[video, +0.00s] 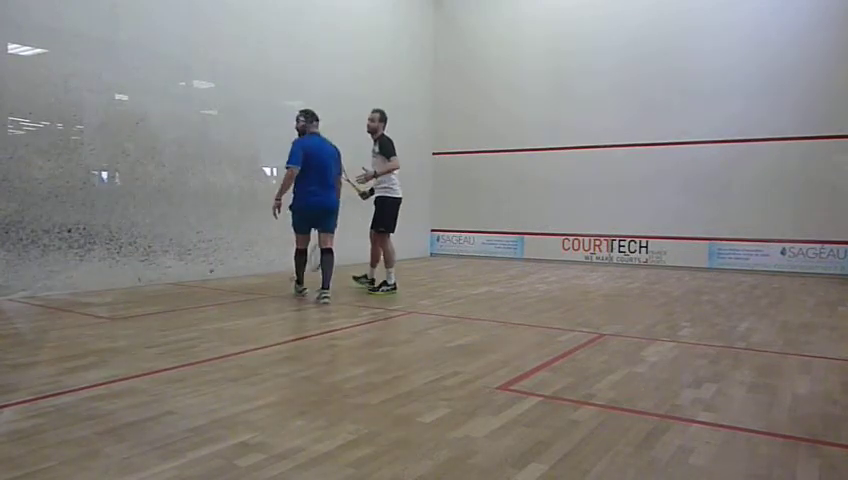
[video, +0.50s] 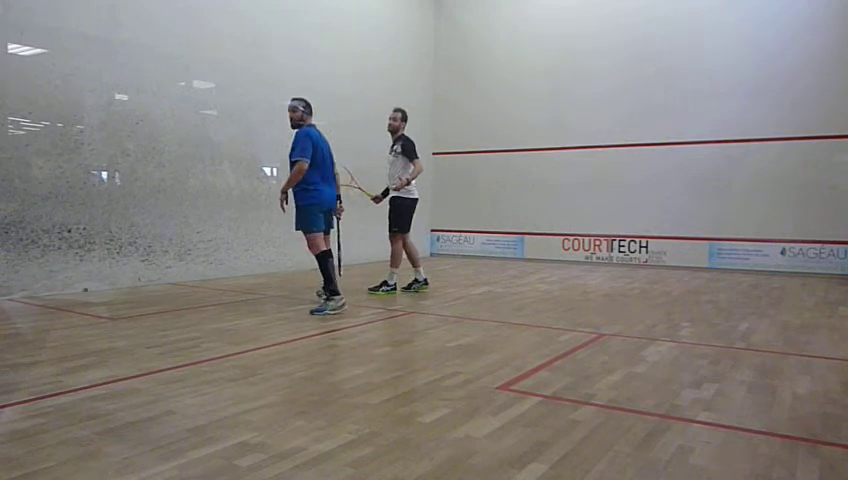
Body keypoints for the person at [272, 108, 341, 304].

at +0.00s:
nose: (296, 126)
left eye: (299, 122)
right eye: (296, 122)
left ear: (309, 123)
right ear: (316, 124)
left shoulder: (300, 144)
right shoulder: (332, 148)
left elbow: (292, 172)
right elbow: (338, 180)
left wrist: (279, 195)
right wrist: (336, 201)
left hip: (304, 202)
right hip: (329, 202)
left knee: (302, 243)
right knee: (326, 244)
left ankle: (300, 283)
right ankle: (326, 289)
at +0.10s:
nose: (296, 123)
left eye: (299, 119)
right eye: (296, 119)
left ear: (309, 120)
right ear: (315, 122)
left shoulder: (303, 140)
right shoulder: (332, 144)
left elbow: (296, 168)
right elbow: (339, 177)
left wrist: (281, 191)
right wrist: (339, 203)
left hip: (307, 199)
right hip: (332, 199)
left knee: (302, 241)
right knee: (328, 243)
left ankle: (303, 284)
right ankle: (326, 289)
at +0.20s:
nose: (296, 120)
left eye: (299, 115)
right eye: (295, 116)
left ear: (311, 117)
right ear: (315, 119)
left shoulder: (306, 137)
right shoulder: (330, 141)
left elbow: (298, 167)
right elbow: (340, 174)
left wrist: (282, 188)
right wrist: (342, 200)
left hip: (310, 198)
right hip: (333, 199)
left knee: (299, 240)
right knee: (329, 243)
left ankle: (311, 285)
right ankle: (327, 291)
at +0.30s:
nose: (295, 119)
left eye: (299, 114)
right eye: (295, 115)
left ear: (312, 116)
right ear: (314, 118)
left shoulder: (306, 136)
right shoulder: (330, 140)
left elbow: (301, 166)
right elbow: (340, 174)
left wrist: (283, 187)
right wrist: (341, 198)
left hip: (311, 198)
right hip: (334, 198)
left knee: (299, 242)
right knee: (329, 243)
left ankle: (321, 285)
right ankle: (327, 291)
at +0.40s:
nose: (293, 116)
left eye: (297, 111)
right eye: (293, 112)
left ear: (311, 114)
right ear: (311, 117)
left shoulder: (305, 135)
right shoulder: (327, 138)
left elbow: (301, 166)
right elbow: (337, 172)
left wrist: (284, 188)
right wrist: (340, 199)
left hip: (311, 197)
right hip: (331, 197)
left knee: (308, 244)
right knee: (326, 243)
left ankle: (329, 288)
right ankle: (327, 293)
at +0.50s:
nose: (290, 115)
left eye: (294, 111)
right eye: (289, 111)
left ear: (305, 114)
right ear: (307, 116)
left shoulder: (304, 135)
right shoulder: (318, 136)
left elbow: (302, 166)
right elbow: (333, 170)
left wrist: (285, 188)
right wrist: (337, 197)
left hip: (310, 198)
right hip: (326, 196)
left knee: (315, 244)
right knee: (324, 242)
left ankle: (335, 295)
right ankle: (329, 287)